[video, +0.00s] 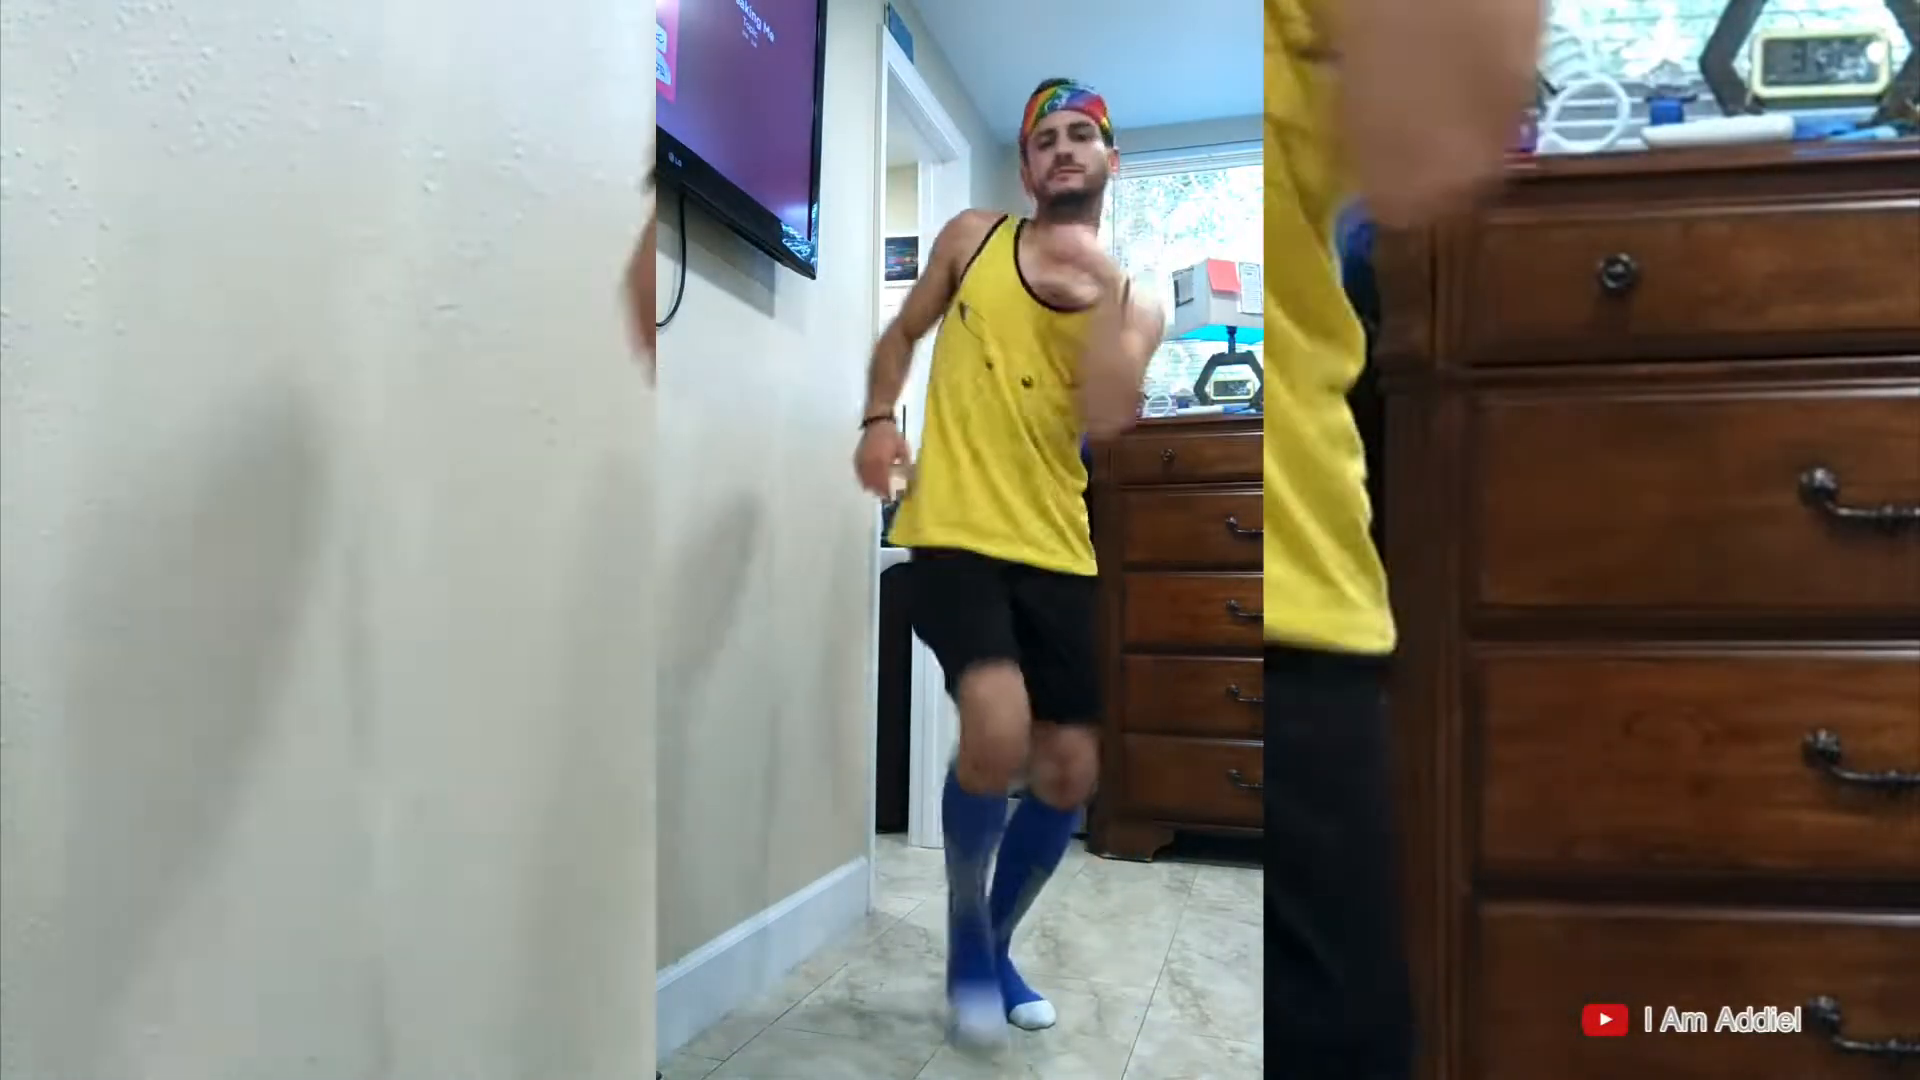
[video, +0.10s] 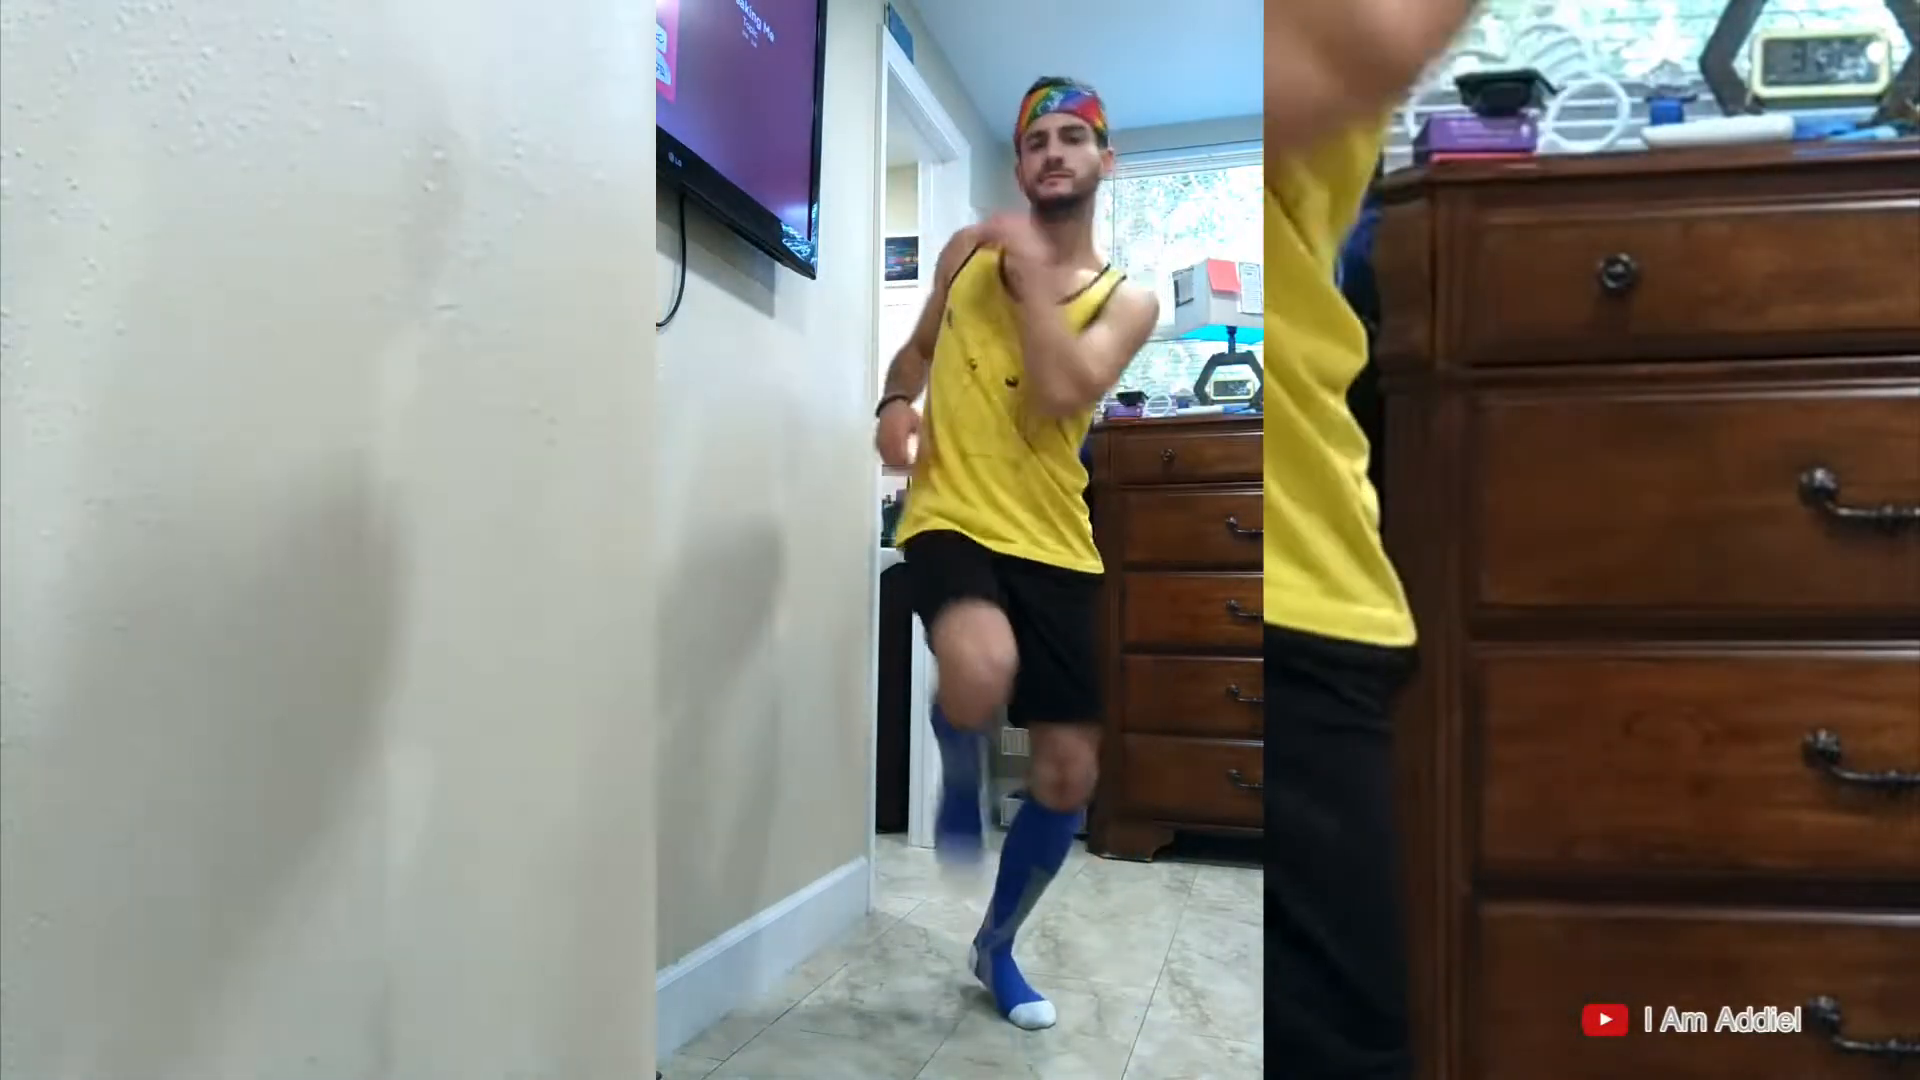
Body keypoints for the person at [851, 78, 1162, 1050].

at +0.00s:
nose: (1063, 149)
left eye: (1080, 136)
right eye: (1046, 141)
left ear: (1112, 162)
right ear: (1025, 167)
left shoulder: (1131, 297)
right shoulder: (975, 235)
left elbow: (1105, 419)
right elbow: (899, 335)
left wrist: (1113, 296)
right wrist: (879, 422)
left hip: (1054, 538)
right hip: (950, 520)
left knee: (1069, 767)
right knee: (997, 725)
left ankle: (991, 941)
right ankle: (969, 944)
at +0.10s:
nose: (1051, 153)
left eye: (1070, 138)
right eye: (1035, 143)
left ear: (1106, 160)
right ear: (1016, 168)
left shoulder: (1126, 298)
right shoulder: (971, 257)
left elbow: (1064, 388)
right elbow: (915, 354)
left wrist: (1028, 262)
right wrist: (894, 407)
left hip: (1052, 535)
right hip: (949, 507)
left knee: (1068, 767)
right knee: (981, 666)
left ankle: (997, 942)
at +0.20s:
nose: (1036, 136)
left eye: (1056, 120)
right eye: (1020, 123)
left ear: (1090, 141)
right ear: (1001, 148)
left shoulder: (1120, 266)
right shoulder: (968, 259)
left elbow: (1048, 341)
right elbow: (928, 372)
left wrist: (966, 255)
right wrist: (901, 402)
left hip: (1050, 529)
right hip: (952, 506)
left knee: (1042, 754)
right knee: (944, 644)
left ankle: (998, 942)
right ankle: (957, 750)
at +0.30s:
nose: (1015, 128)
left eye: (1035, 112)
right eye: (1000, 115)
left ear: (1069, 130)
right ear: (980, 137)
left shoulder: (1107, 222)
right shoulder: (963, 252)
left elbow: (1040, 291)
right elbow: (964, 381)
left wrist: (913, 287)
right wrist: (919, 391)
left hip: (1045, 518)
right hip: (947, 502)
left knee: (1024, 746)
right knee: (903, 690)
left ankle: (1003, 944)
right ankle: (939, 894)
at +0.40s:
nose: (996, 148)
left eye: (1015, 132)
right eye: (979, 135)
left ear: (1047, 146)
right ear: (960, 156)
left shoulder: (1077, 206)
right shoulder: (951, 282)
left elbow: (1019, 288)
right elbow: (946, 393)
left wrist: (931, 370)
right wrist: (907, 410)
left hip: (1045, 543)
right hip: (940, 541)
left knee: (1025, 761)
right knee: (874, 736)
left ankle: (1005, 948)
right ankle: (921, 959)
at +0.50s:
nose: (966, 140)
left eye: (986, 125)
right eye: (949, 127)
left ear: (1018, 141)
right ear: (931, 148)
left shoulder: (1049, 196)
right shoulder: (935, 283)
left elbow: (1045, 319)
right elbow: (913, 424)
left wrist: (985, 478)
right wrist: (915, 368)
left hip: (1032, 533)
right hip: (927, 532)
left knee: (1026, 766)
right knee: (885, 759)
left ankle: (1022, 945)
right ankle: (919, 975)